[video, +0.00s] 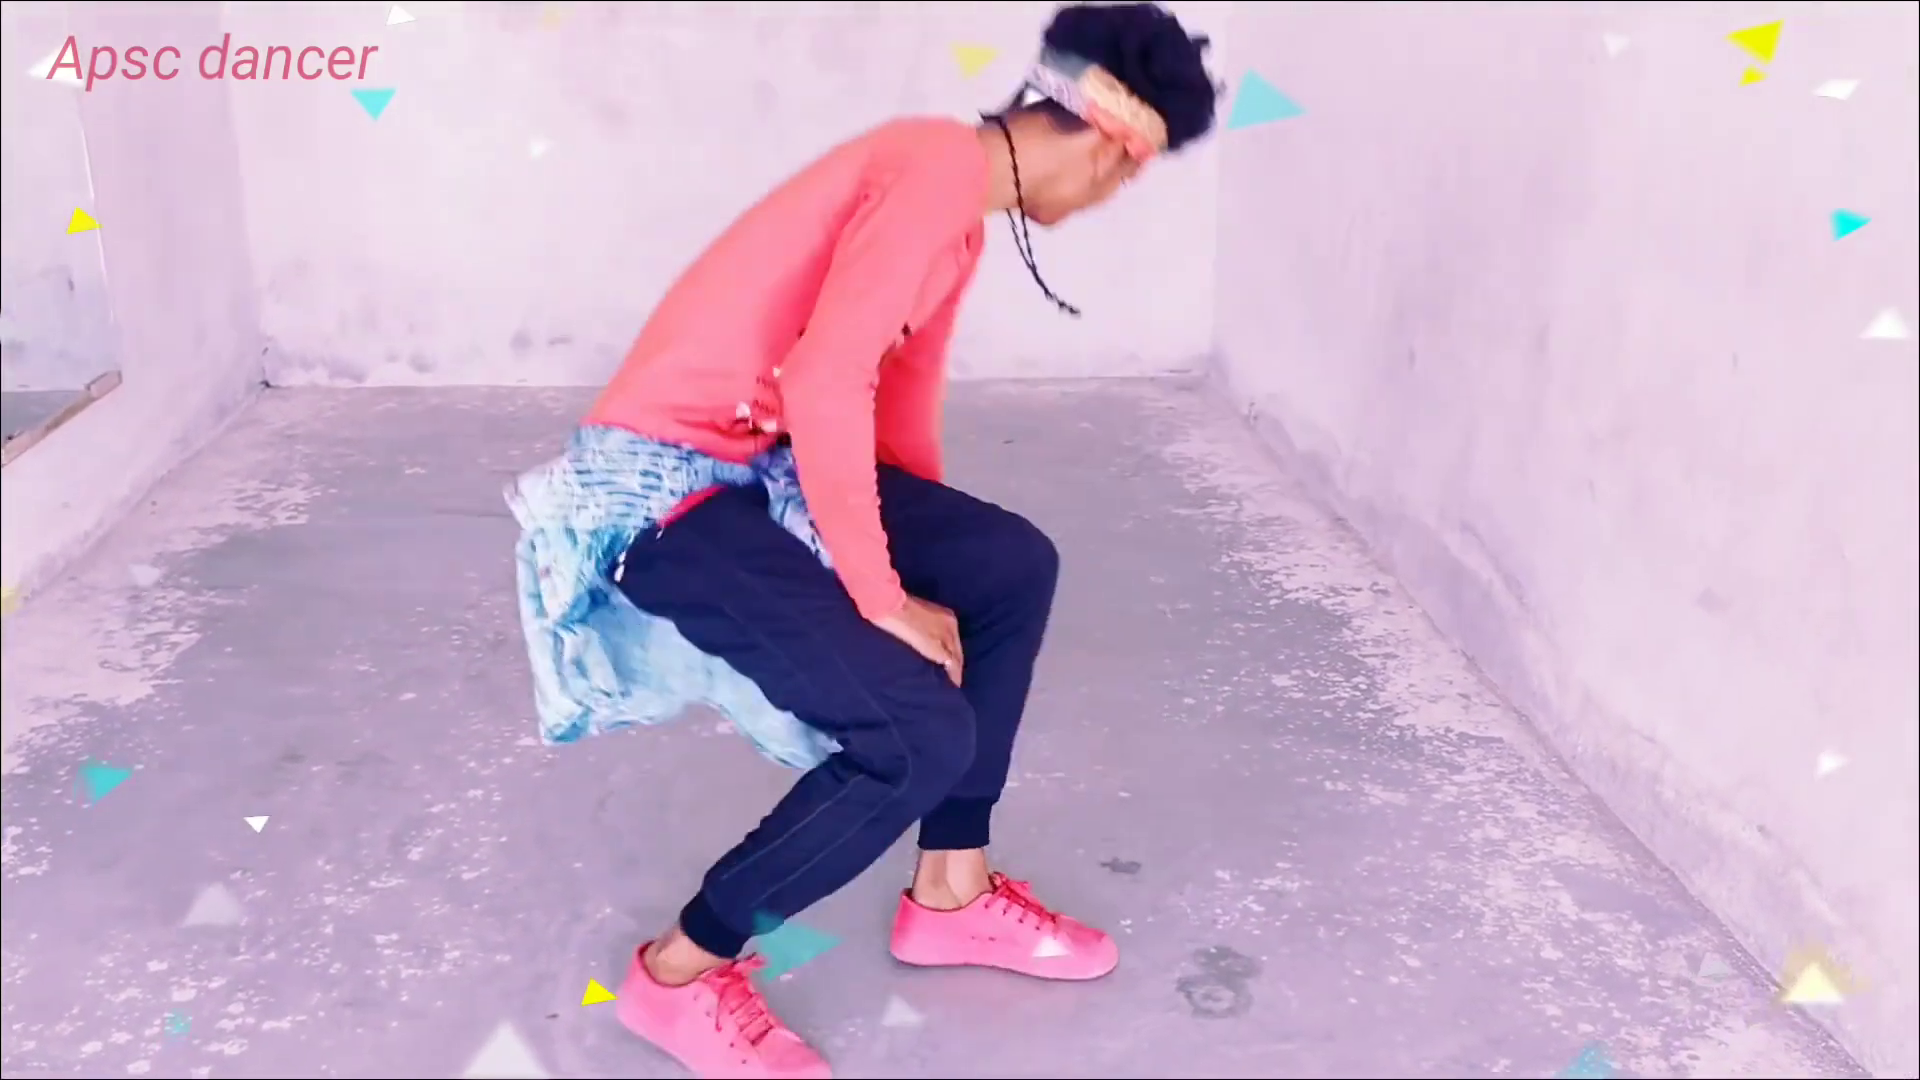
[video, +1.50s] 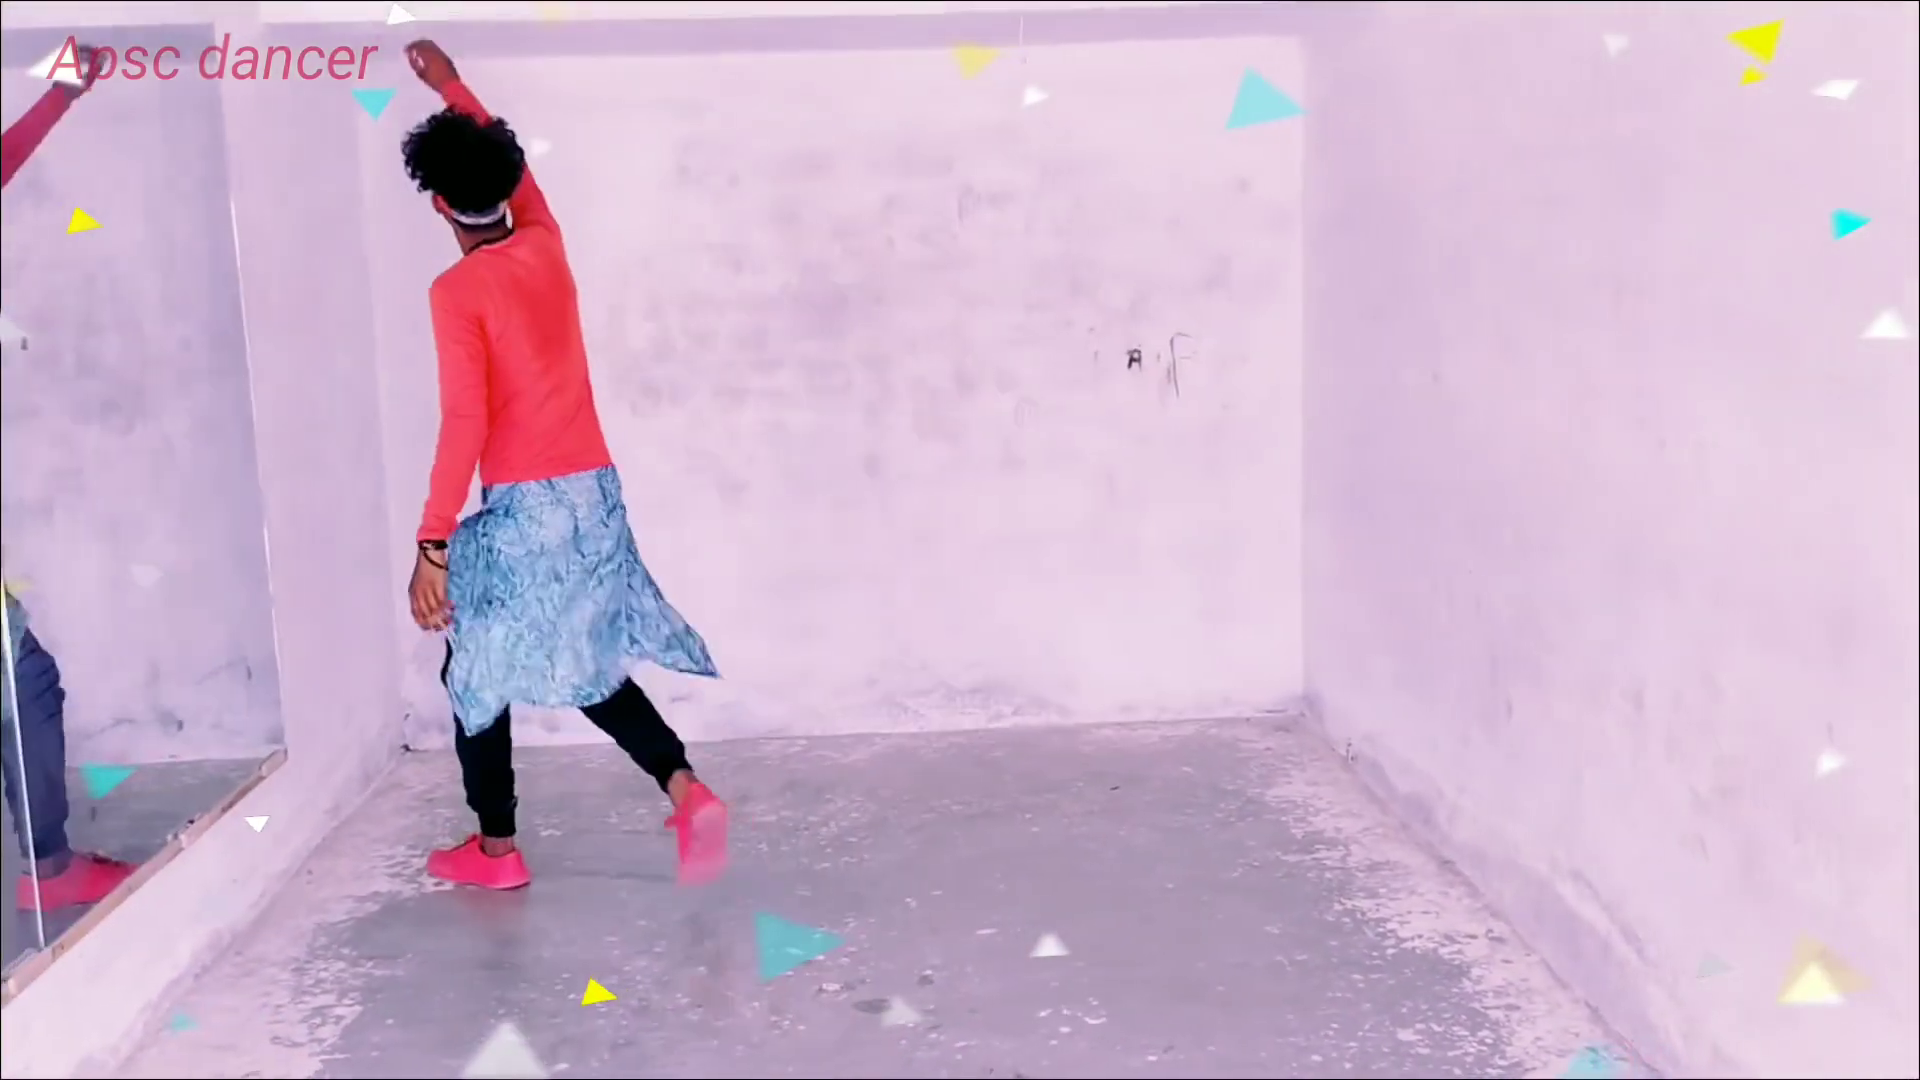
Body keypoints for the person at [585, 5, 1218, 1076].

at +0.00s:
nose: (1112, 197)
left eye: (1129, 176)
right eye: (1130, 171)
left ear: (1061, 105)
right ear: (1110, 134)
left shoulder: (959, 211)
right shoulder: (940, 171)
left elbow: (909, 408)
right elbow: (825, 377)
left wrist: (929, 580)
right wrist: (882, 602)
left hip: (758, 470)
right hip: (662, 493)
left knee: (1010, 561)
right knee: (923, 732)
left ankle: (951, 890)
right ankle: (681, 964)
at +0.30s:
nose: (914, 40)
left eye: (909, 27)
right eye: (920, 26)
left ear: (807, 15)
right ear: (912, 22)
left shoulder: (713, 89)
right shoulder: (896, 111)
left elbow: (625, 266)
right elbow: (881, 347)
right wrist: (866, 571)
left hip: (572, 427)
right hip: (688, 447)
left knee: (744, 637)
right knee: (823, 791)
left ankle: (679, 899)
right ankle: (685, 1065)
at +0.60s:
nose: (649, 114)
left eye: (644, 101)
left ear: (647, 116)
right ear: (751, 116)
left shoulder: (576, 226)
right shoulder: (782, 245)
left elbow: (526, 411)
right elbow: (808, 422)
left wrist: (495, 579)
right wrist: (824, 600)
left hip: (573, 573)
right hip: (705, 571)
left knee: (620, 845)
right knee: (754, 836)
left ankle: (646, 1064)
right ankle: (727, 1061)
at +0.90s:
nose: (626, 206)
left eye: (620, 194)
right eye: (667, 195)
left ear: (615, 205)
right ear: (705, 206)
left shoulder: (567, 313)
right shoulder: (743, 323)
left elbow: (535, 470)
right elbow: (783, 478)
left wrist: (525, 607)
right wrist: (817, 614)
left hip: (601, 598)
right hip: (707, 589)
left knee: (645, 837)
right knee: (710, 762)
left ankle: (707, 1056)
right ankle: (736, 940)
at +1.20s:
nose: (535, 164)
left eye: (536, 152)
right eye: (546, 150)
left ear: (544, 164)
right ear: (618, 160)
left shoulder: (532, 261)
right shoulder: (658, 256)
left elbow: (503, 399)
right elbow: (636, 373)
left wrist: (465, 527)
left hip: (588, 529)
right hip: (678, 515)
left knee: (527, 688)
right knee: (725, 721)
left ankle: (583, 882)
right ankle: (785, 920)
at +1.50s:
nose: (427, 205)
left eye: (430, 194)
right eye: (433, 192)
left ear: (442, 204)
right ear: (511, 189)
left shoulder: (460, 291)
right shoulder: (547, 248)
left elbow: (465, 423)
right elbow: (510, 164)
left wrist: (433, 544)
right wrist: (452, 88)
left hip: (518, 511)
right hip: (592, 496)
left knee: (471, 671)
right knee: (585, 661)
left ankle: (497, 847)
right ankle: (689, 792)